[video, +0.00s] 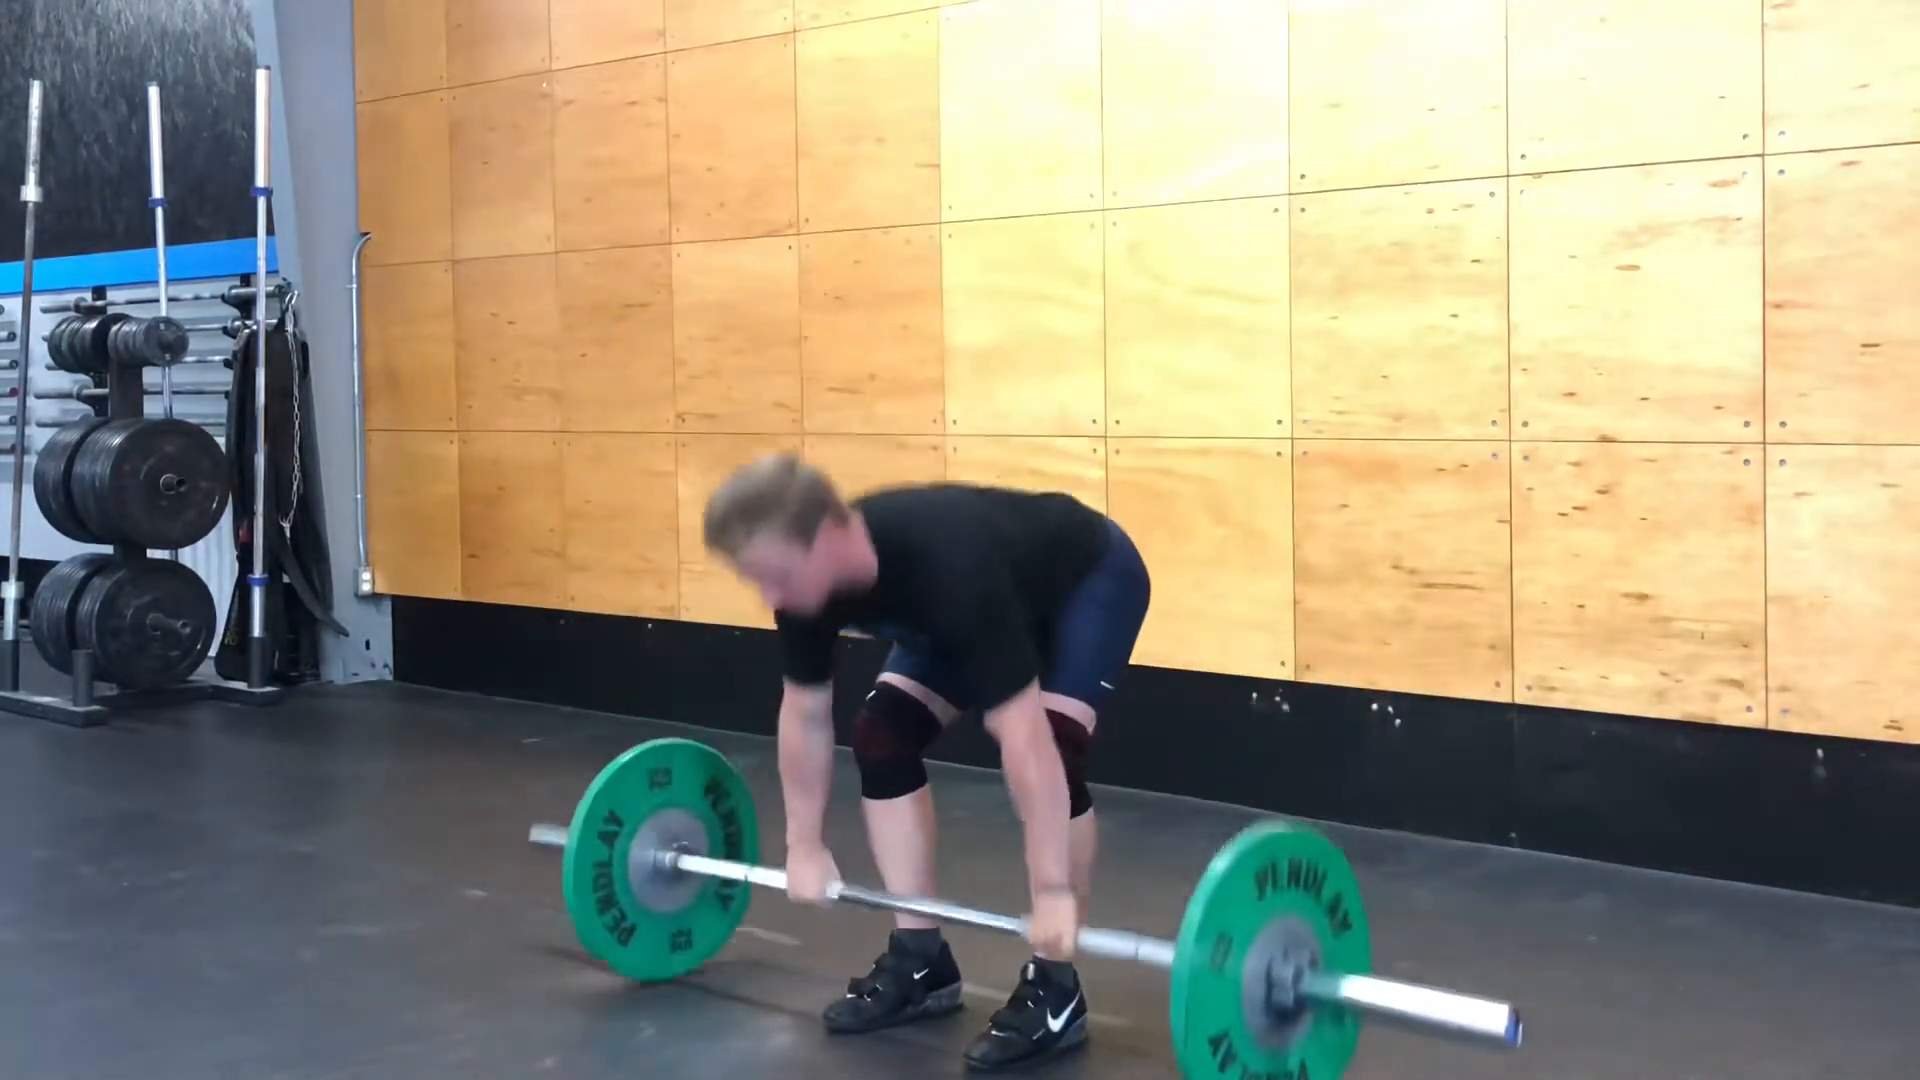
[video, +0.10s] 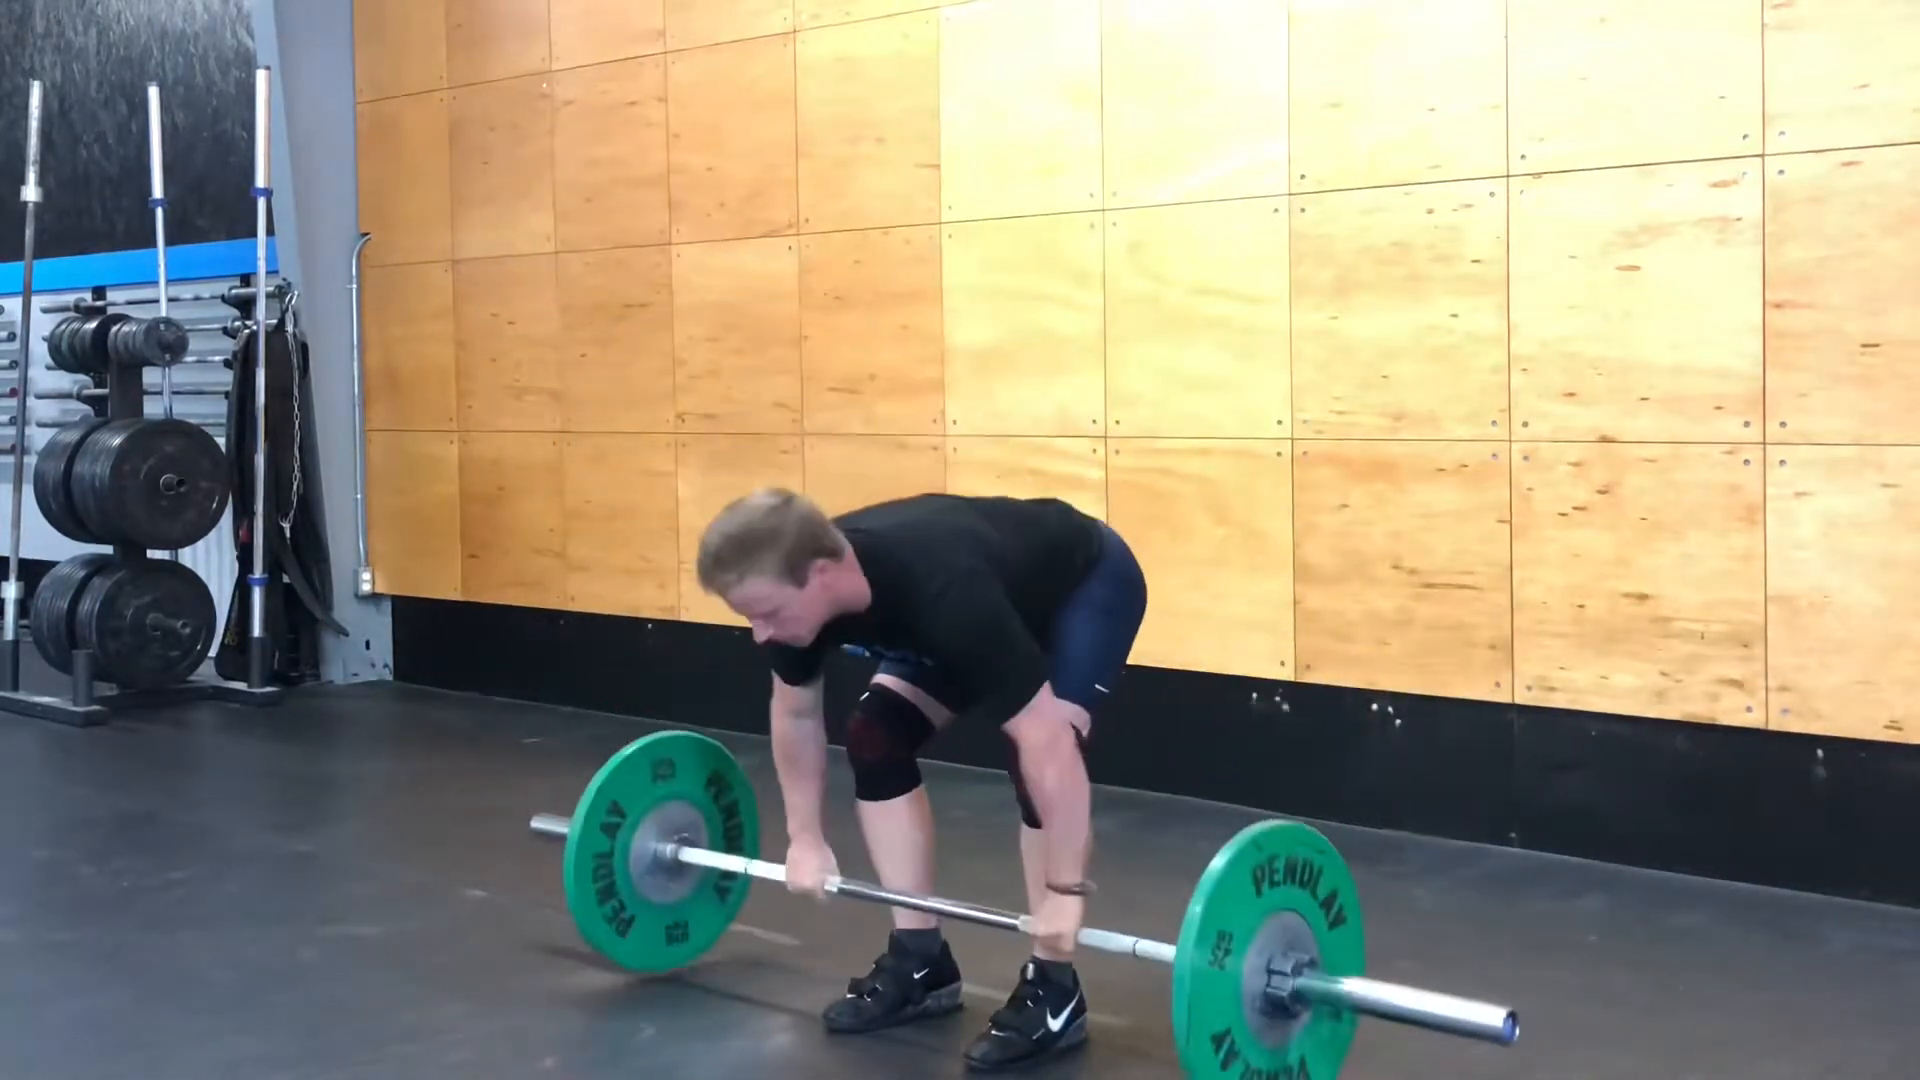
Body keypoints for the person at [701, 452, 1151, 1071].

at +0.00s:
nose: (770, 598)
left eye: (776, 574)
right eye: (758, 581)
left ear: (826, 536)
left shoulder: (953, 563)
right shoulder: (802, 574)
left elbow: (1025, 734)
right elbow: (804, 713)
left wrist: (1051, 890)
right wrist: (804, 846)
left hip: (1091, 578)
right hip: (986, 590)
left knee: (1051, 755)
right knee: (884, 735)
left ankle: (1053, 988)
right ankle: (920, 957)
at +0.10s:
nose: (759, 634)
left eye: (768, 615)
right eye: (749, 620)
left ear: (822, 576)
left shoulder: (949, 590)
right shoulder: (798, 593)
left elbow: (1047, 733)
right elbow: (795, 713)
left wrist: (1068, 888)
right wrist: (805, 837)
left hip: (1091, 578)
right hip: (988, 578)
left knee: (1042, 755)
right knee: (877, 733)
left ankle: (1052, 989)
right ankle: (921, 959)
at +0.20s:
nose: (755, 603)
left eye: (762, 582)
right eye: (744, 586)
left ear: (816, 544)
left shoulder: (940, 563)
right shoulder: (793, 574)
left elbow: (1022, 728)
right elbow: (802, 709)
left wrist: (1044, 890)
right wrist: (807, 835)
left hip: (1084, 568)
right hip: (976, 581)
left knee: (1044, 753)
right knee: (882, 732)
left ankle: (1049, 988)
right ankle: (919, 955)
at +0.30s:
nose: (750, 540)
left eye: (757, 519)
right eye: (741, 524)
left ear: (817, 484)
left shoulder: (939, 520)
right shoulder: (789, 534)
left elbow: (1021, 681)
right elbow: (798, 660)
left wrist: (1027, 833)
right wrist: (804, 799)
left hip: (1078, 561)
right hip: (968, 573)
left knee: (1047, 750)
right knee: (890, 732)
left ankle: (1052, 988)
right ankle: (920, 960)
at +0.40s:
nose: (760, 448)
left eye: (768, 424)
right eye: (748, 429)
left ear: (827, 395)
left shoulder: (943, 456)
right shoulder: (791, 483)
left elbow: (1022, 611)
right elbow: (807, 603)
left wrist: (1020, 766)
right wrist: (811, 737)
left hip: (1074, 550)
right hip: (966, 565)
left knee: (1048, 751)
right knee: (900, 730)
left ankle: (1050, 984)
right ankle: (919, 955)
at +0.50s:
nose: (775, 355)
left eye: (788, 332)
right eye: (765, 336)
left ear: (852, 317)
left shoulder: (956, 399)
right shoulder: (802, 422)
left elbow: (1025, 557)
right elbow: (816, 545)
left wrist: (1009, 703)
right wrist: (825, 678)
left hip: (1070, 543)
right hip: (969, 555)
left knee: (1044, 749)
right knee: (907, 730)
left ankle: (1052, 982)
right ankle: (920, 953)